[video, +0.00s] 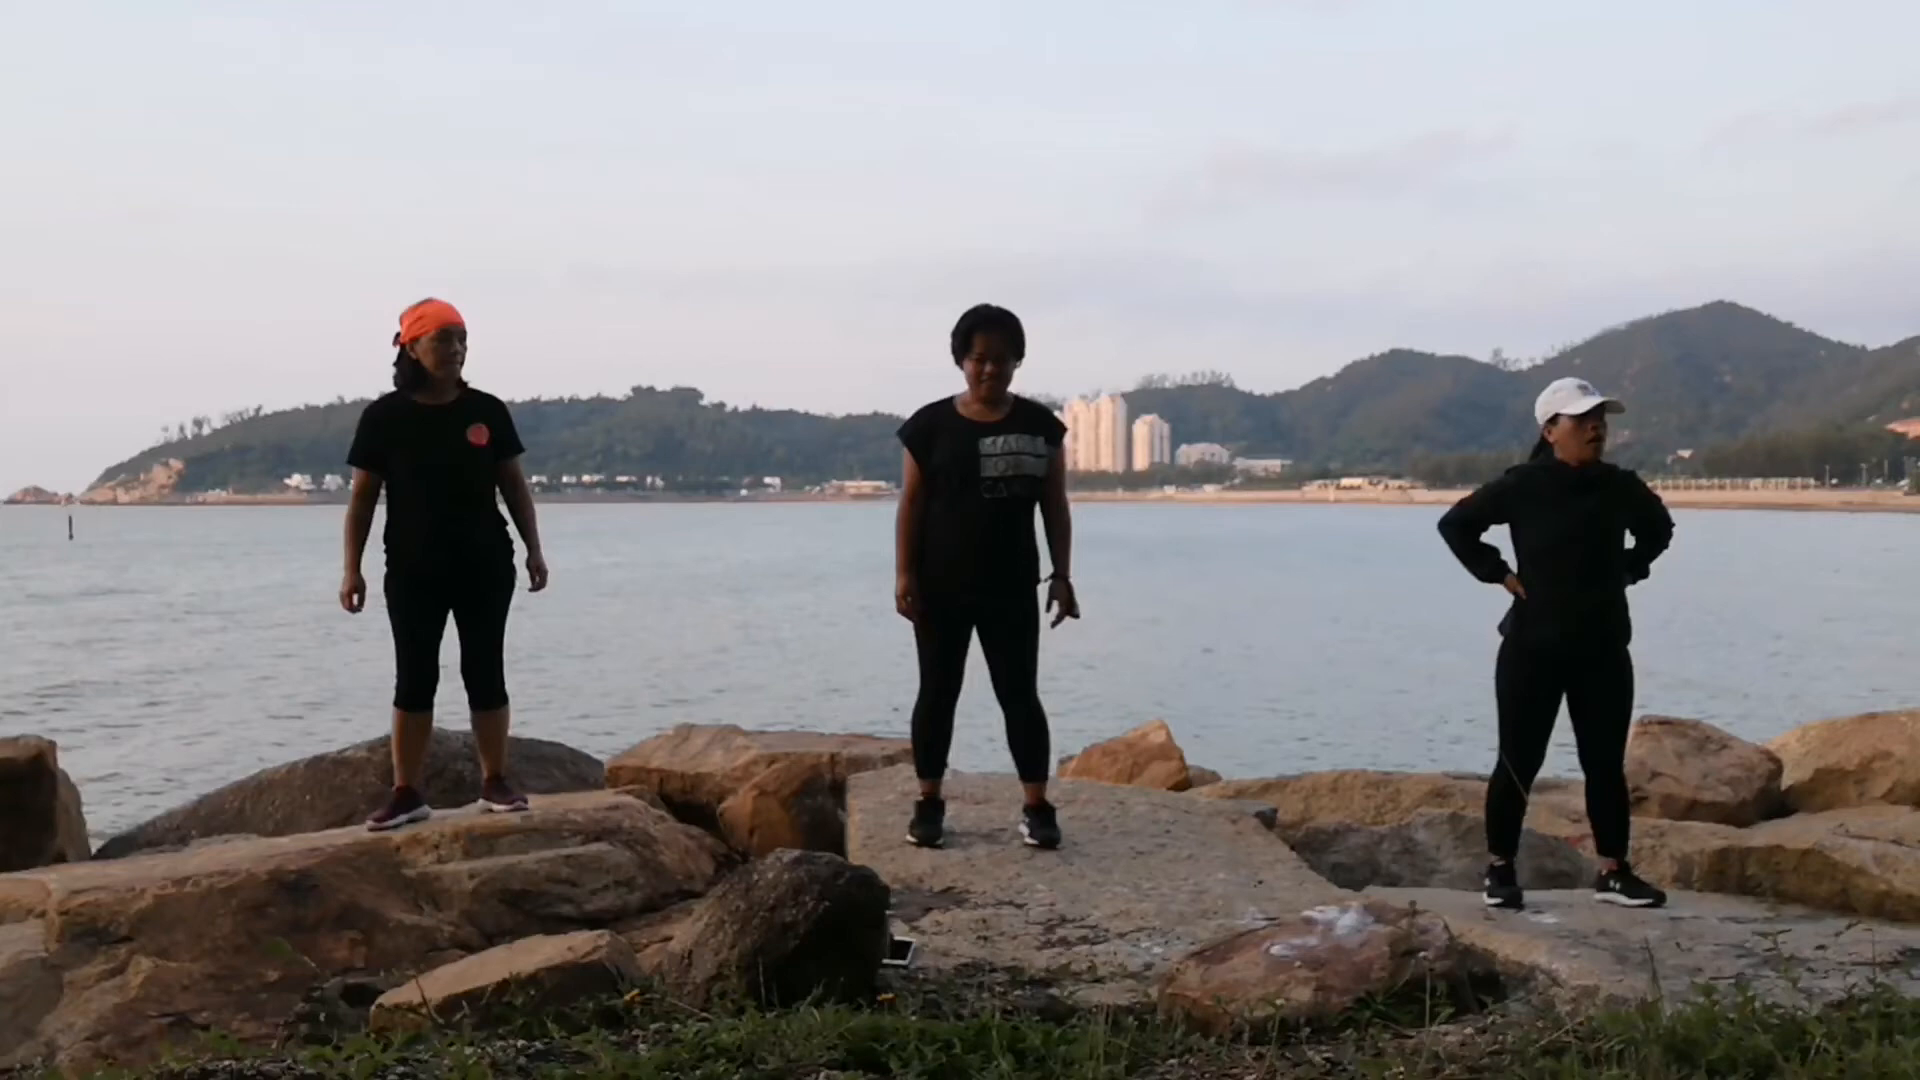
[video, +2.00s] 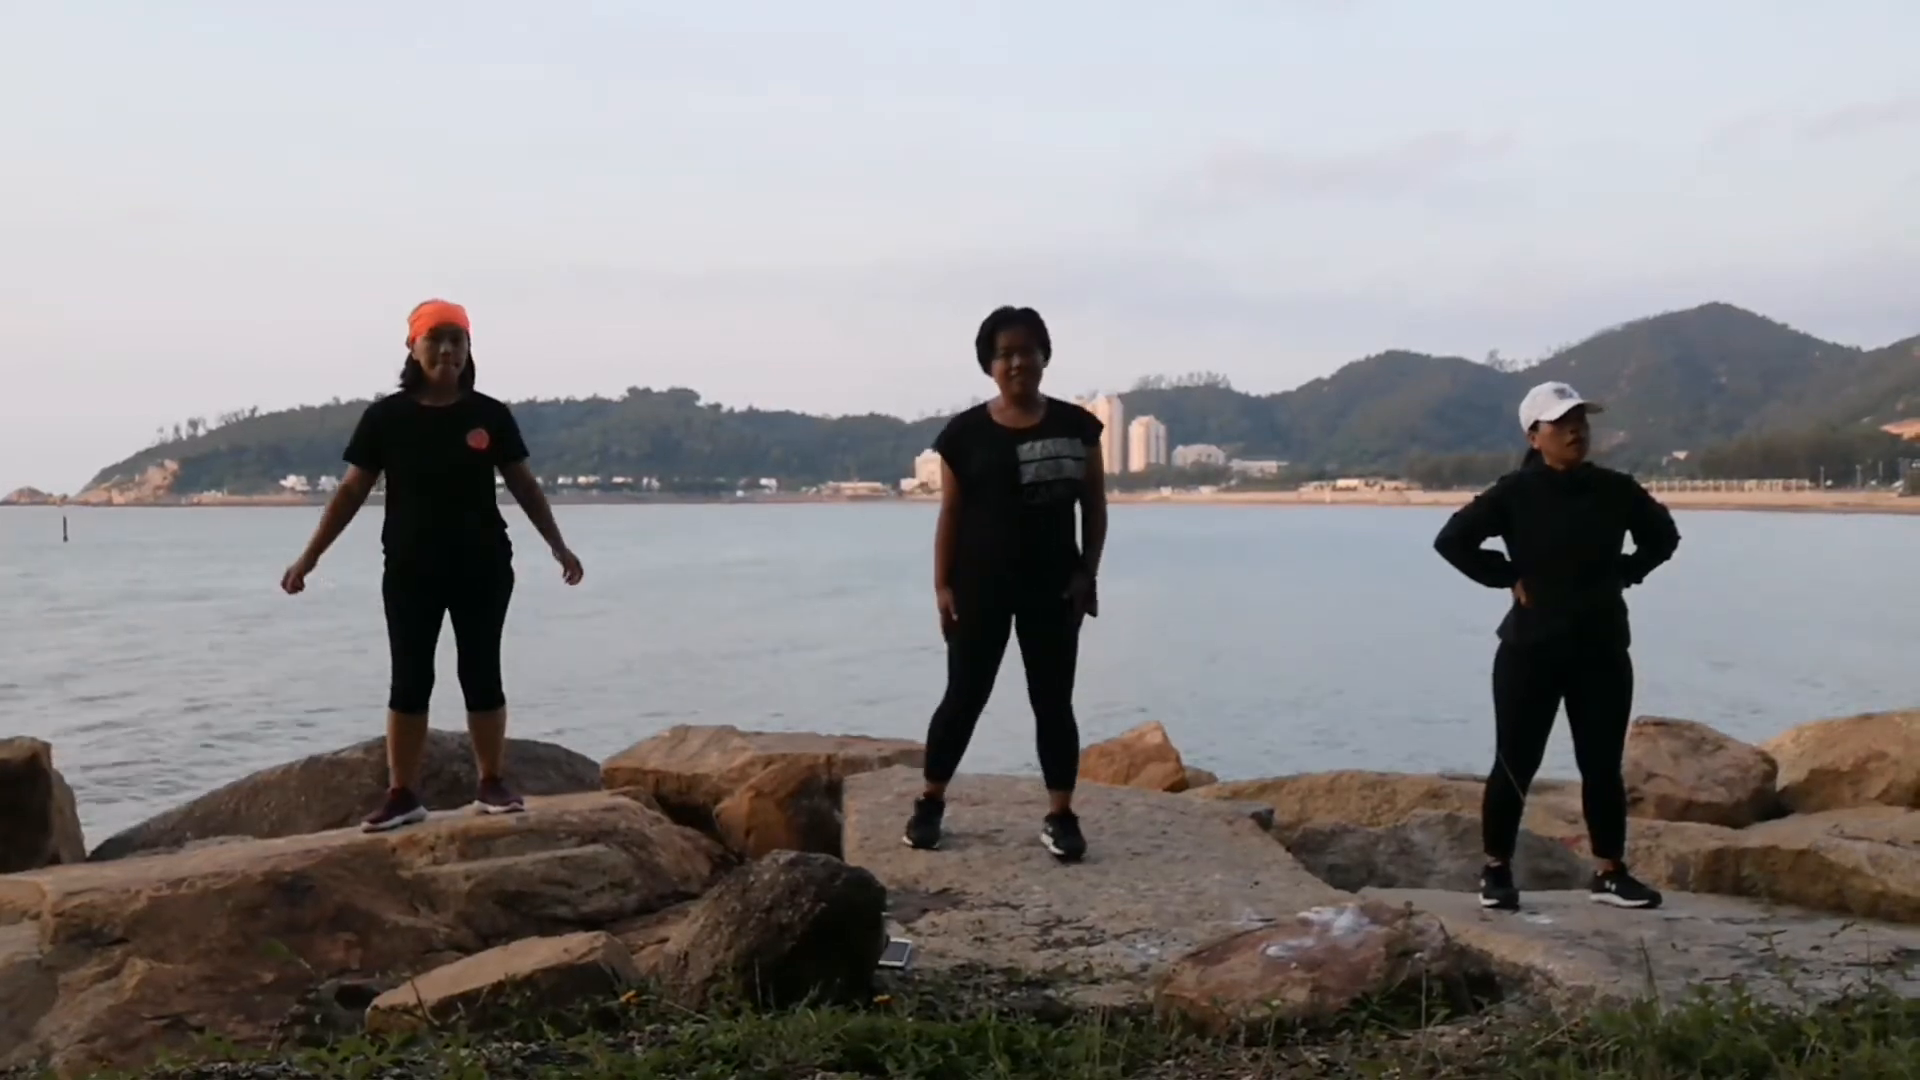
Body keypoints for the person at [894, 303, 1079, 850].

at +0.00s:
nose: (989, 369)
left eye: (1001, 359)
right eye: (979, 358)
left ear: (1016, 363)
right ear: (961, 360)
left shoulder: (1041, 426)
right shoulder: (928, 425)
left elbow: (1055, 505)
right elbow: (910, 503)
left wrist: (1061, 575)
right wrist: (904, 574)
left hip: (1011, 585)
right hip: (942, 586)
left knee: (1020, 697)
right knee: (936, 694)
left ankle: (1038, 804)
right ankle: (929, 800)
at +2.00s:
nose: (1017, 362)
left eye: (1027, 352)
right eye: (1006, 353)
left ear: (1045, 357)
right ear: (989, 363)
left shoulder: (1077, 428)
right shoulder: (964, 434)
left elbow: (1094, 509)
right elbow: (949, 517)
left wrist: (1089, 571)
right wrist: (942, 585)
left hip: (1052, 588)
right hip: (981, 588)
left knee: (1054, 703)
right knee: (963, 697)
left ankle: (1061, 813)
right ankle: (930, 803)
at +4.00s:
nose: (1038, 359)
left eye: (1047, 351)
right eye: (1025, 352)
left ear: (1061, 364)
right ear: (1004, 365)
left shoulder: (1095, 433)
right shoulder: (980, 440)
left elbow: (1110, 515)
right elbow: (966, 524)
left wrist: (1106, 581)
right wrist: (966, 593)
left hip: (1071, 593)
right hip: (1001, 594)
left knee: (1066, 707)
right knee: (963, 701)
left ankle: (1060, 816)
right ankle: (918, 802)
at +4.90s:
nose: (980, 367)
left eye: (991, 358)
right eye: (968, 356)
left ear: (1002, 368)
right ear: (945, 364)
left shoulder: (1024, 438)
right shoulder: (913, 437)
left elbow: (1033, 519)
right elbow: (891, 518)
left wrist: (1036, 589)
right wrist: (884, 588)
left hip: (992, 597)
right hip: (924, 597)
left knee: (1020, 709)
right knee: (925, 709)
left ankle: (1051, 815)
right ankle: (919, 812)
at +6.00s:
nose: (1002, 367)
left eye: (1014, 357)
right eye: (992, 358)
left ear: (1034, 365)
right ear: (978, 367)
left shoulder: (1062, 437)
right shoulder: (948, 437)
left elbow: (1079, 517)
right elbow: (929, 517)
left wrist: (1089, 586)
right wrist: (922, 585)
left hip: (1029, 595)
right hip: (958, 594)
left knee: (1036, 707)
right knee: (938, 703)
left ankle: (1049, 815)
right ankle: (915, 810)